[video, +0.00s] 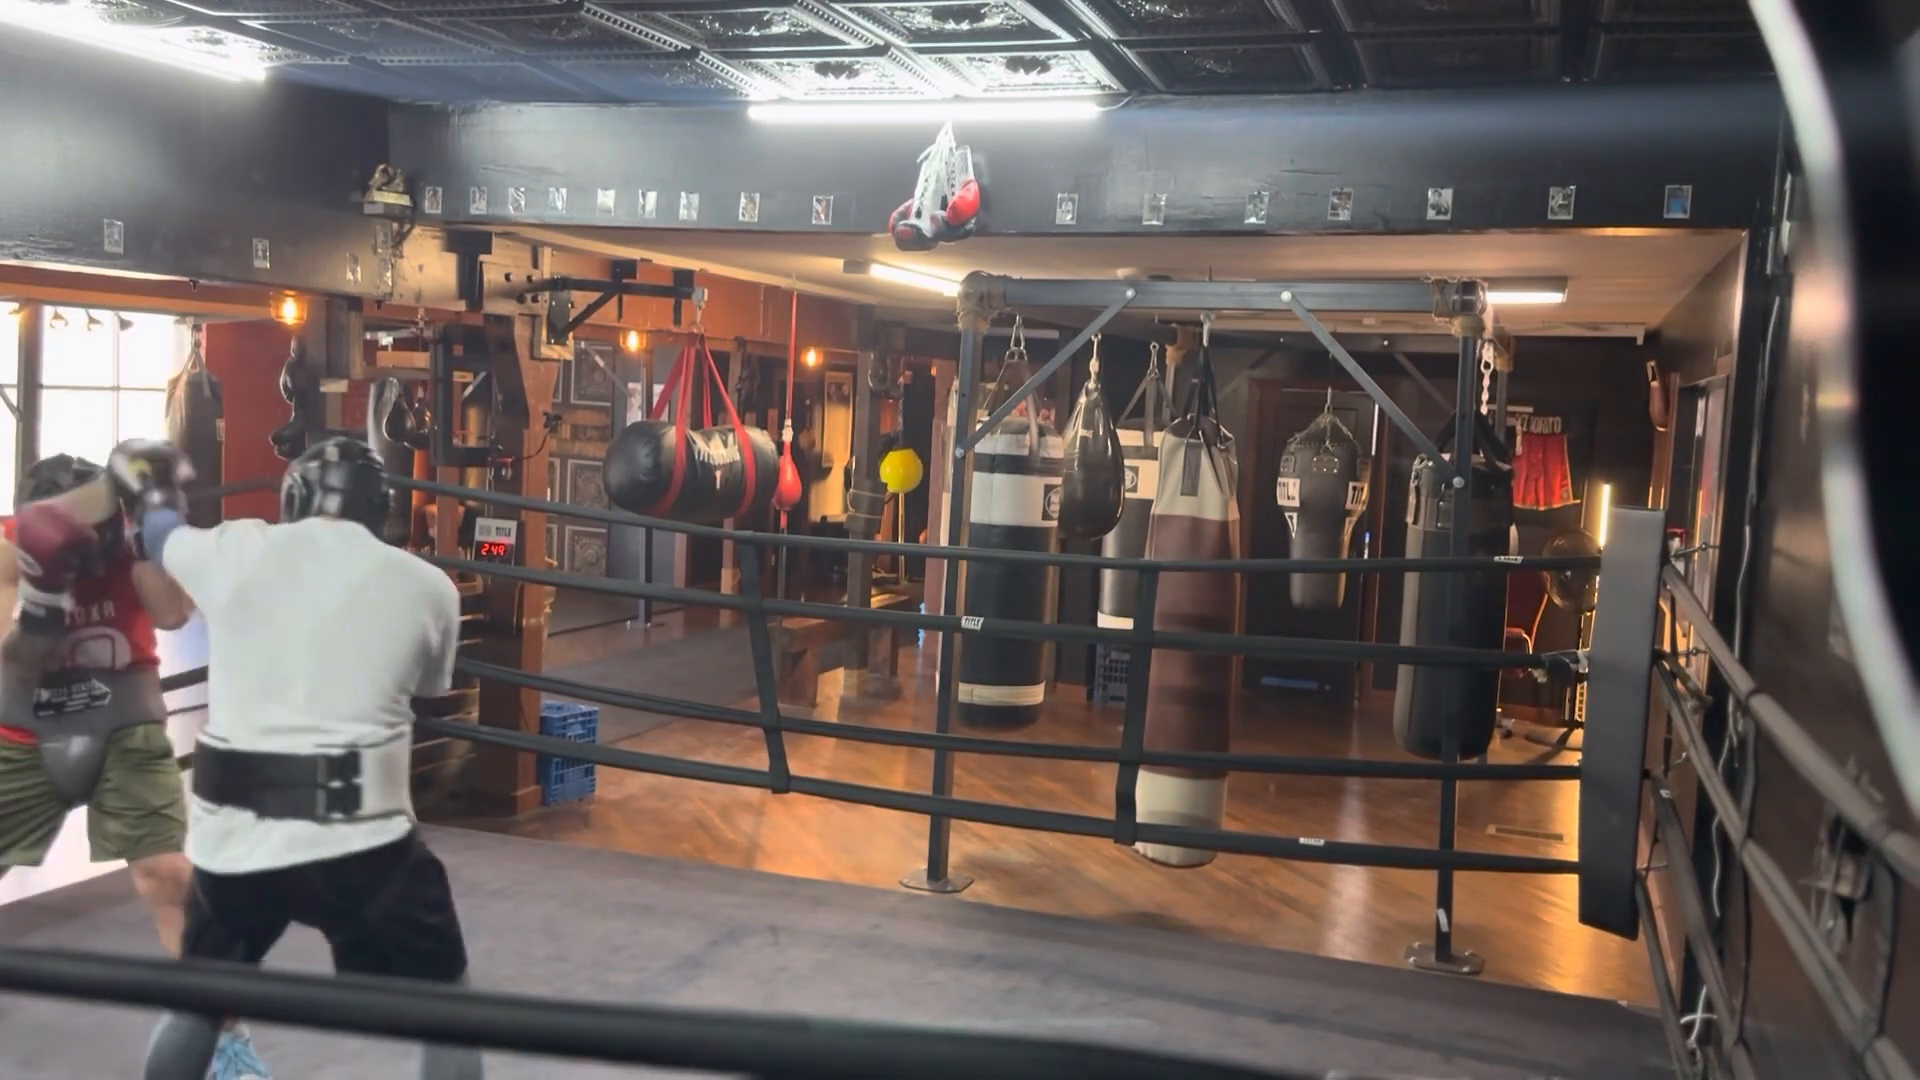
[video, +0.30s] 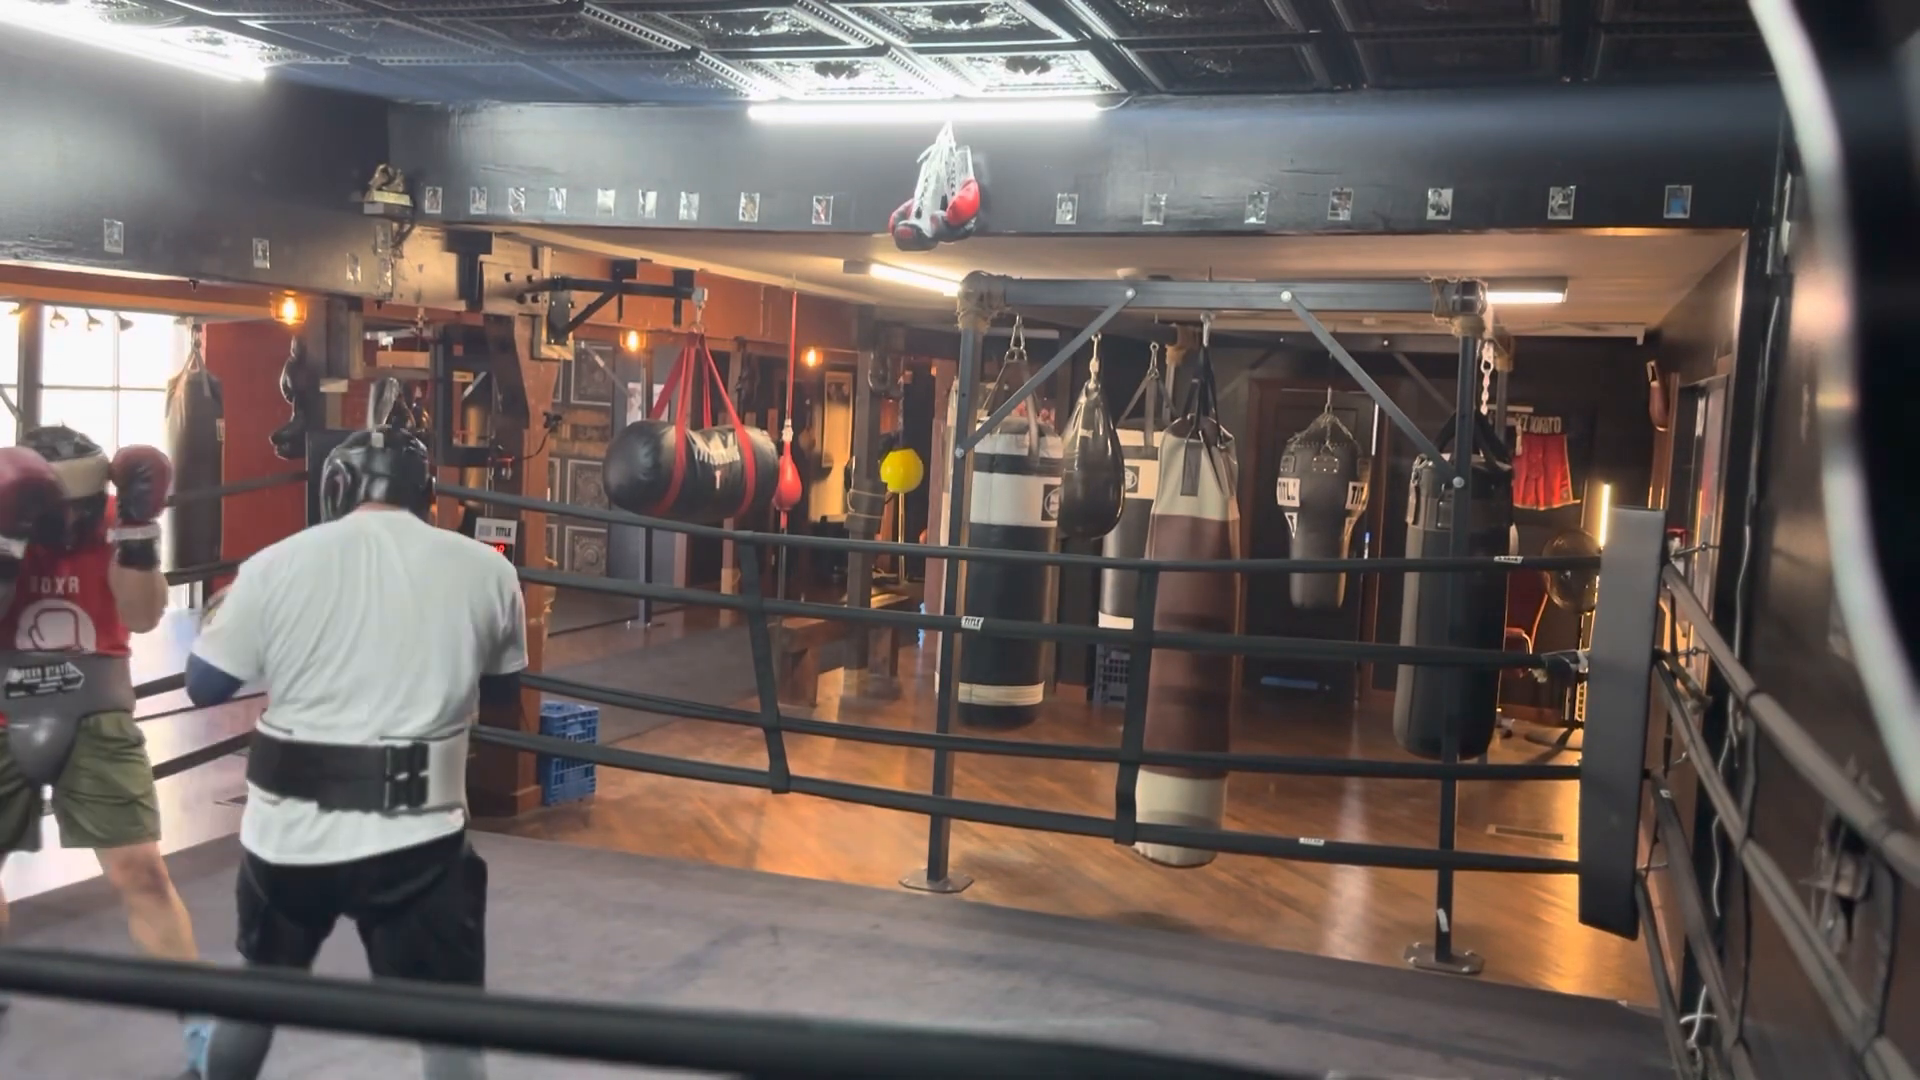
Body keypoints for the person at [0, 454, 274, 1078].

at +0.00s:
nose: (66, 531)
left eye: (80, 517)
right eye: (51, 521)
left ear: (108, 507)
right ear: (27, 518)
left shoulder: (131, 545)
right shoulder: (14, 548)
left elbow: (173, 614)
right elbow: (22, 664)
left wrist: (148, 532)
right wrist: (46, 591)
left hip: (130, 730)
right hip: (22, 733)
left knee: (168, 876)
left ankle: (227, 1038)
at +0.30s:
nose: (67, 511)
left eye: (80, 497)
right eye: (52, 498)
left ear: (99, 492)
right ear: (22, 490)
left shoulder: (113, 525)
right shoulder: (6, 532)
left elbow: (142, 616)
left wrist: (137, 524)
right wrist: (10, 534)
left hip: (99, 711)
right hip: (6, 710)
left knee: (143, 871)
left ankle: (198, 1022)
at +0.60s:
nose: (111, 509)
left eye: (124, 494)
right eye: (94, 496)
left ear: (143, 484)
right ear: (62, 483)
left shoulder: (164, 516)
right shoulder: (24, 502)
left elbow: (227, 554)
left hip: (138, 712)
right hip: (34, 714)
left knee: (157, 876)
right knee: (8, 871)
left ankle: (202, 1027)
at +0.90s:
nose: (175, 490)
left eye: (190, 474)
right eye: (158, 478)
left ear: (213, 457)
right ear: (131, 464)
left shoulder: (246, 501)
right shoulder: (92, 497)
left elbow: (264, 599)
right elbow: (68, 611)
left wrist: (207, 569)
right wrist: (119, 562)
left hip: (199, 695)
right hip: (106, 693)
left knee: (189, 864)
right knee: (59, 851)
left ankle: (201, 1003)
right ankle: (94, 967)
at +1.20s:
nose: (198, 451)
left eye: (210, 438)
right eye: (185, 439)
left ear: (228, 445)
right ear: (162, 448)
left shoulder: (245, 505)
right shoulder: (120, 507)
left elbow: (270, 579)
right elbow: (136, 588)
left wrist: (265, 515)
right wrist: (169, 513)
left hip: (231, 694)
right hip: (140, 699)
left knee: (227, 841)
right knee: (139, 847)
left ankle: (238, 975)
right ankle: (148, 967)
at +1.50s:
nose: (266, 486)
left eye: (277, 473)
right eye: (252, 475)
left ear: (298, 467)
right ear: (232, 473)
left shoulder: (322, 519)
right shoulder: (218, 511)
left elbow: (361, 571)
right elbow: (169, 578)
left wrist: (332, 514)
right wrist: (194, 516)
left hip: (290, 689)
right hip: (203, 681)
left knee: (309, 827)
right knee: (167, 827)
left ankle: (322, 959)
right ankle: (146, 956)